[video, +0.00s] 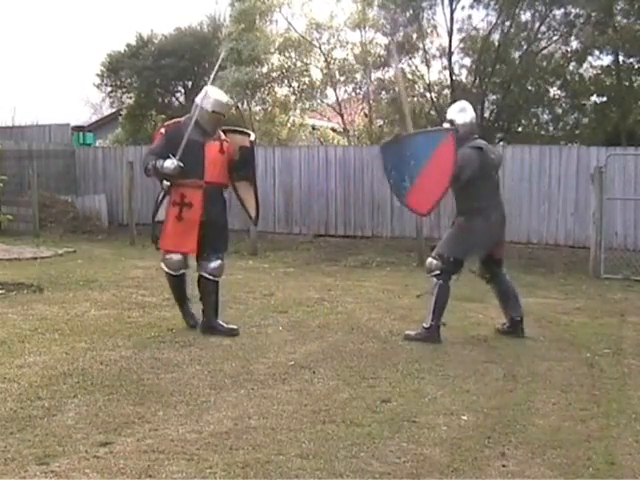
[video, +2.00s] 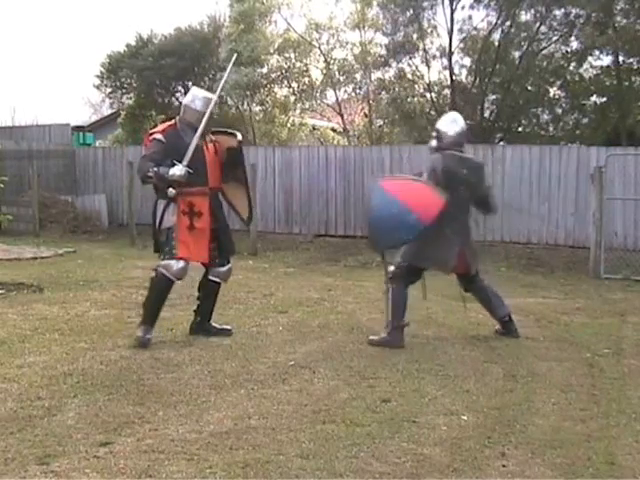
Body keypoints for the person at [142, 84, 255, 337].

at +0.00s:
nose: (217, 120)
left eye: (221, 115)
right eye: (213, 114)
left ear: (223, 115)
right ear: (199, 108)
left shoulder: (223, 140)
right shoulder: (174, 131)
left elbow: (237, 176)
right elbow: (148, 161)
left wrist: (247, 151)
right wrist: (160, 166)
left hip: (213, 203)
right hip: (181, 202)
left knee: (212, 263)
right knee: (174, 259)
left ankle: (210, 319)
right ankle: (184, 308)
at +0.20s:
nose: (217, 120)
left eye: (220, 115)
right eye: (214, 113)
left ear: (221, 115)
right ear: (200, 108)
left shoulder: (220, 143)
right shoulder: (171, 129)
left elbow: (236, 174)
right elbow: (145, 158)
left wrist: (246, 151)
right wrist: (157, 163)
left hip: (208, 207)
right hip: (175, 204)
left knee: (209, 266)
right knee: (162, 259)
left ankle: (210, 320)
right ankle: (151, 316)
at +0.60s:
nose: (183, 120)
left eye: (187, 116)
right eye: (180, 114)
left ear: (189, 116)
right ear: (166, 110)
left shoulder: (189, 142)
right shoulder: (145, 135)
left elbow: (204, 174)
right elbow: (123, 165)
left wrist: (224, 157)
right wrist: (145, 169)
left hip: (185, 210)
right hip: (152, 209)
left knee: (200, 268)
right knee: (140, 265)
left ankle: (209, 321)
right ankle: (126, 324)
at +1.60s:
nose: (205, 118)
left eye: (208, 113)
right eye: (200, 111)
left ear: (210, 113)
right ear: (185, 108)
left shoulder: (209, 138)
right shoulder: (163, 135)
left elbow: (220, 169)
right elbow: (146, 167)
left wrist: (240, 153)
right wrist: (169, 174)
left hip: (209, 208)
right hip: (177, 208)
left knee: (211, 265)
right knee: (175, 261)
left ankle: (201, 322)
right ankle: (155, 321)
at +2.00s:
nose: (201, 121)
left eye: (205, 117)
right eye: (197, 115)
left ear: (209, 117)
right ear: (185, 110)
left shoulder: (208, 140)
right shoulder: (165, 136)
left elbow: (220, 172)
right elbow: (144, 168)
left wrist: (232, 151)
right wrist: (166, 173)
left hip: (209, 207)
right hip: (176, 207)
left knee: (220, 265)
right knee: (174, 264)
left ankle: (202, 322)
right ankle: (146, 325)